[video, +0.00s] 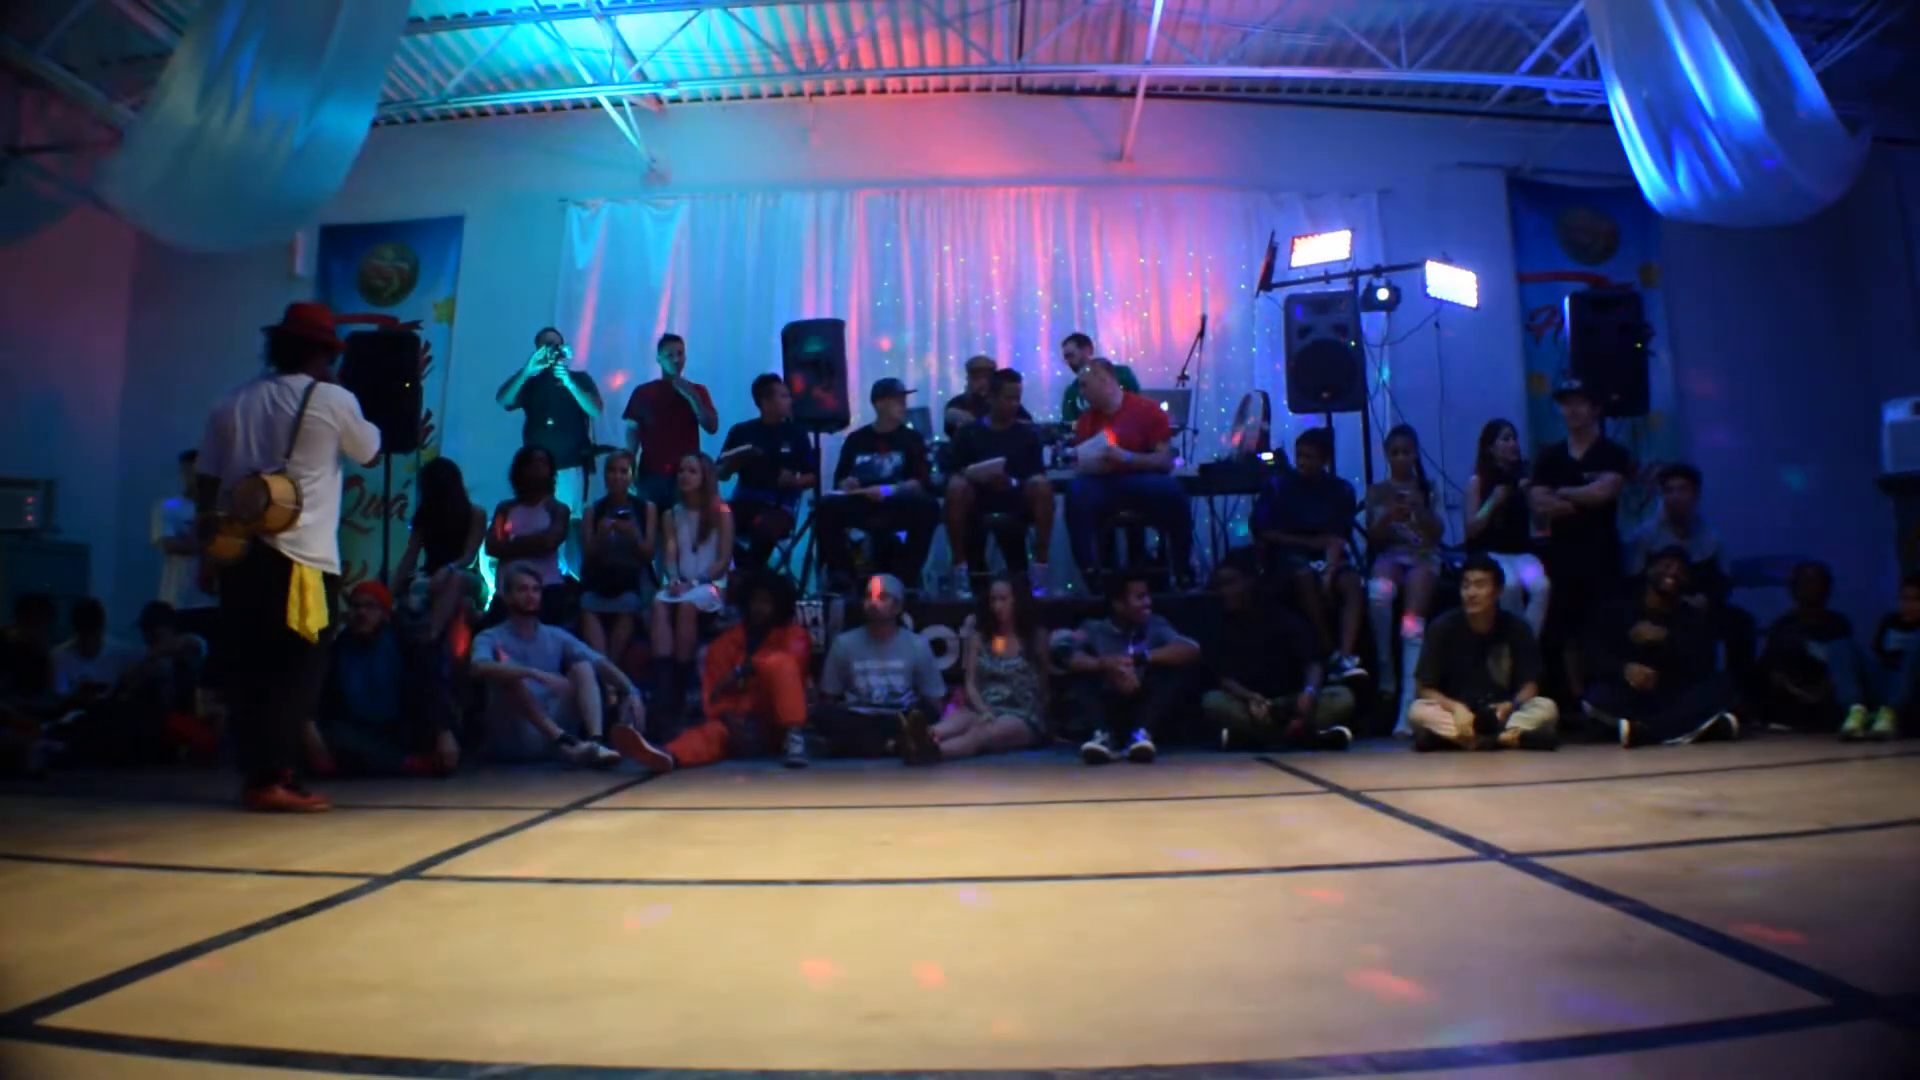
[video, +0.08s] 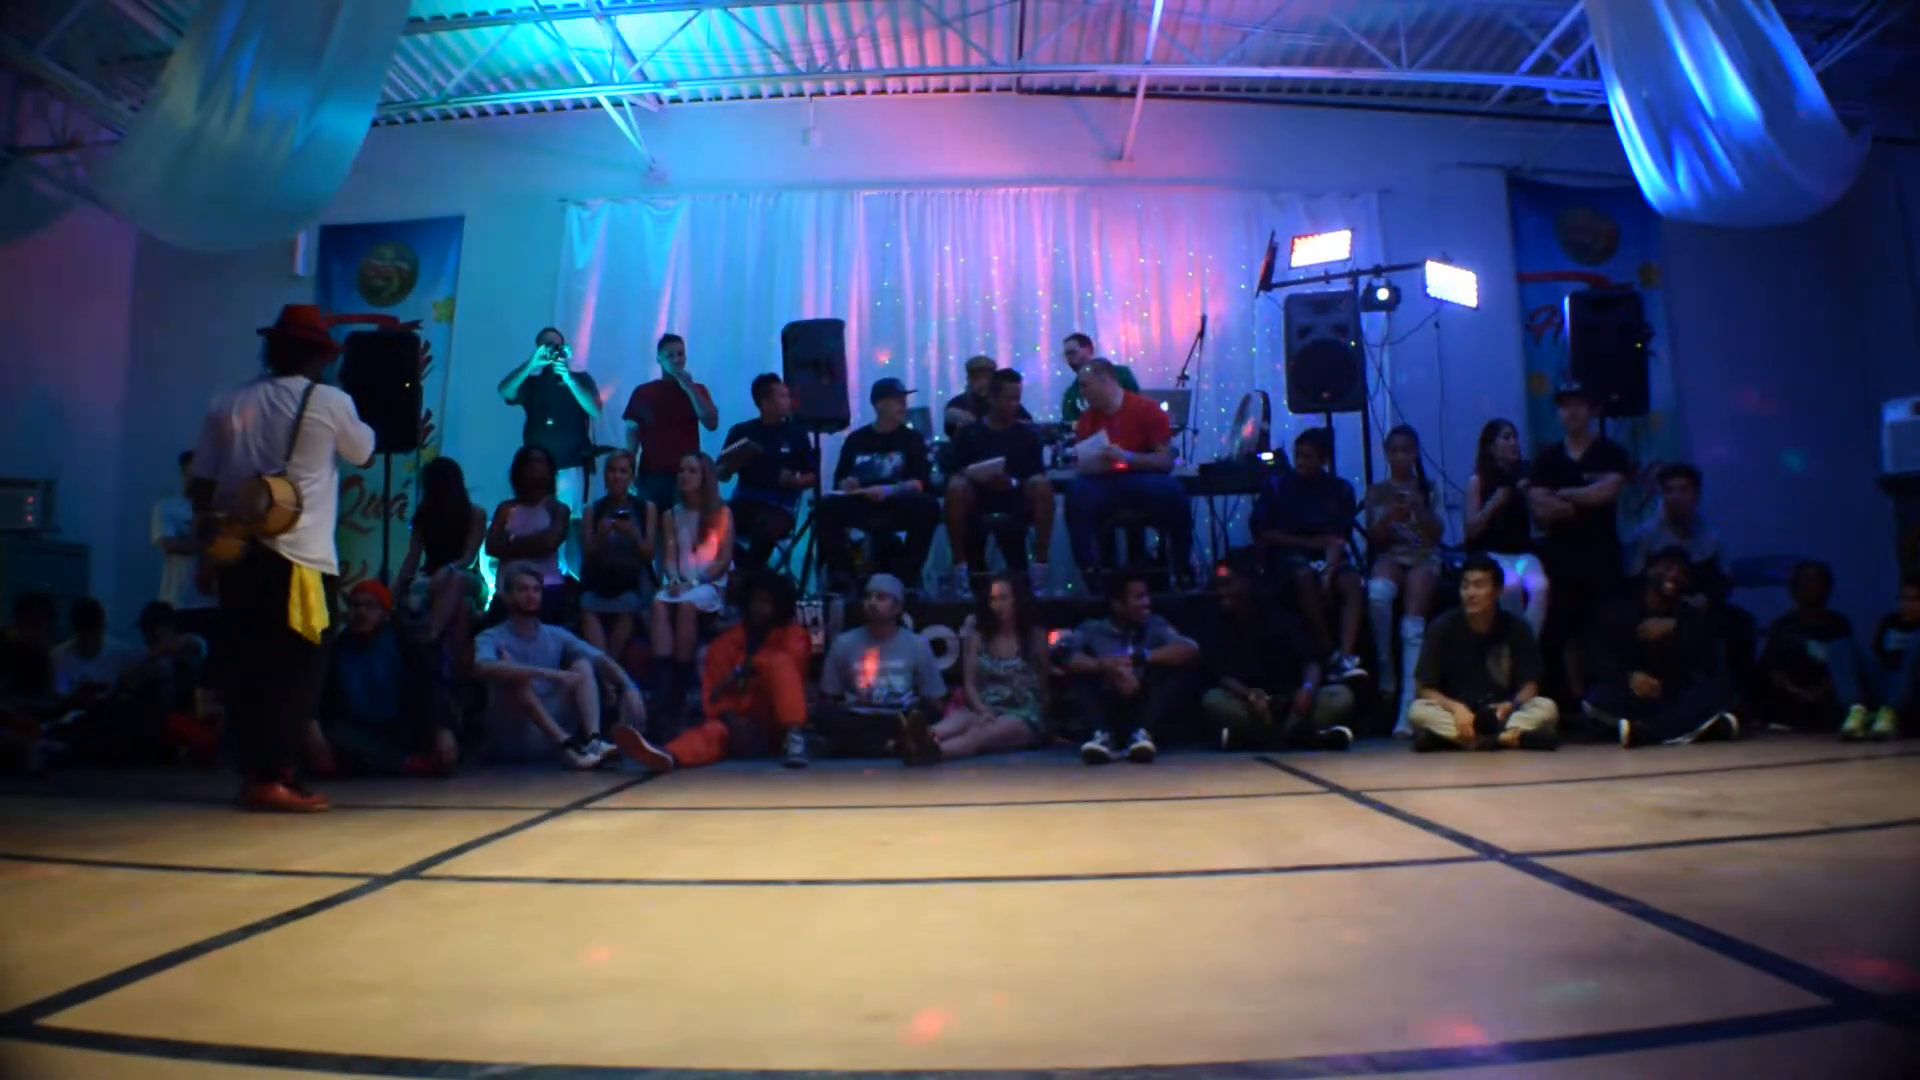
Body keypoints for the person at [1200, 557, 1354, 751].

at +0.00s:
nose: (1227, 591)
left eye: (1232, 583)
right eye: (1222, 585)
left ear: (1249, 582)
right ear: (1217, 590)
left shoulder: (1279, 615)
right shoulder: (1221, 626)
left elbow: (1313, 662)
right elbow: (1221, 676)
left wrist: (1308, 696)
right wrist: (1250, 698)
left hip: (1291, 694)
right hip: (1249, 700)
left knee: (1341, 698)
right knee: (1213, 702)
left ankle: (1251, 737)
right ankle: (1307, 737)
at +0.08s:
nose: (1224, 594)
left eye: (1230, 586)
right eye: (1220, 589)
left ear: (1247, 584)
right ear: (1216, 590)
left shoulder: (1276, 615)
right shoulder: (1220, 626)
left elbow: (1311, 661)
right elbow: (1221, 674)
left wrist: (1307, 691)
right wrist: (1248, 694)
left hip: (1290, 692)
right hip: (1251, 697)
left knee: (1338, 697)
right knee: (1214, 700)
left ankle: (1252, 738)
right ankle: (1308, 737)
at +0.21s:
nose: (1221, 597)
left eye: (1227, 589)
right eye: (1216, 591)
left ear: (1243, 586)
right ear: (1213, 593)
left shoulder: (1269, 614)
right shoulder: (1216, 625)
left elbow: (1310, 657)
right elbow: (1215, 672)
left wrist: (1308, 680)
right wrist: (1249, 682)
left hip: (1289, 689)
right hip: (1250, 694)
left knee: (1338, 691)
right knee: (1213, 693)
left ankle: (1253, 737)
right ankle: (1307, 736)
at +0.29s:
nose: (1217, 594)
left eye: (1223, 586)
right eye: (1212, 589)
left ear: (1240, 585)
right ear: (1207, 592)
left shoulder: (1265, 613)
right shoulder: (1211, 625)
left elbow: (1313, 653)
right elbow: (1212, 670)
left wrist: (1309, 670)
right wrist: (1249, 674)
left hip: (1287, 684)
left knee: (1335, 685)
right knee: (1215, 687)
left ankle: (1251, 736)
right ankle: (1305, 735)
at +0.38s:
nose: (1223, 593)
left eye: (1228, 586)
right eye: (1216, 588)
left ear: (1242, 586)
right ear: (1210, 592)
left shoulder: (1264, 613)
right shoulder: (1210, 622)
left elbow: (1315, 647)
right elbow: (1212, 664)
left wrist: (1306, 660)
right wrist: (1251, 668)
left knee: (1332, 677)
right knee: (1218, 680)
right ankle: (1294, 731)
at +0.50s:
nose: (1218, 593)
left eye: (1223, 586)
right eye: (1213, 588)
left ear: (1239, 585)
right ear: (1209, 591)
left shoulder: (1264, 611)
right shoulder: (1212, 622)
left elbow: (1311, 640)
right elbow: (1213, 663)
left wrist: (1287, 661)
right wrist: (1253, 662)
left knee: (1322, 666)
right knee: (1219, 678)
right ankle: (1298, 732)